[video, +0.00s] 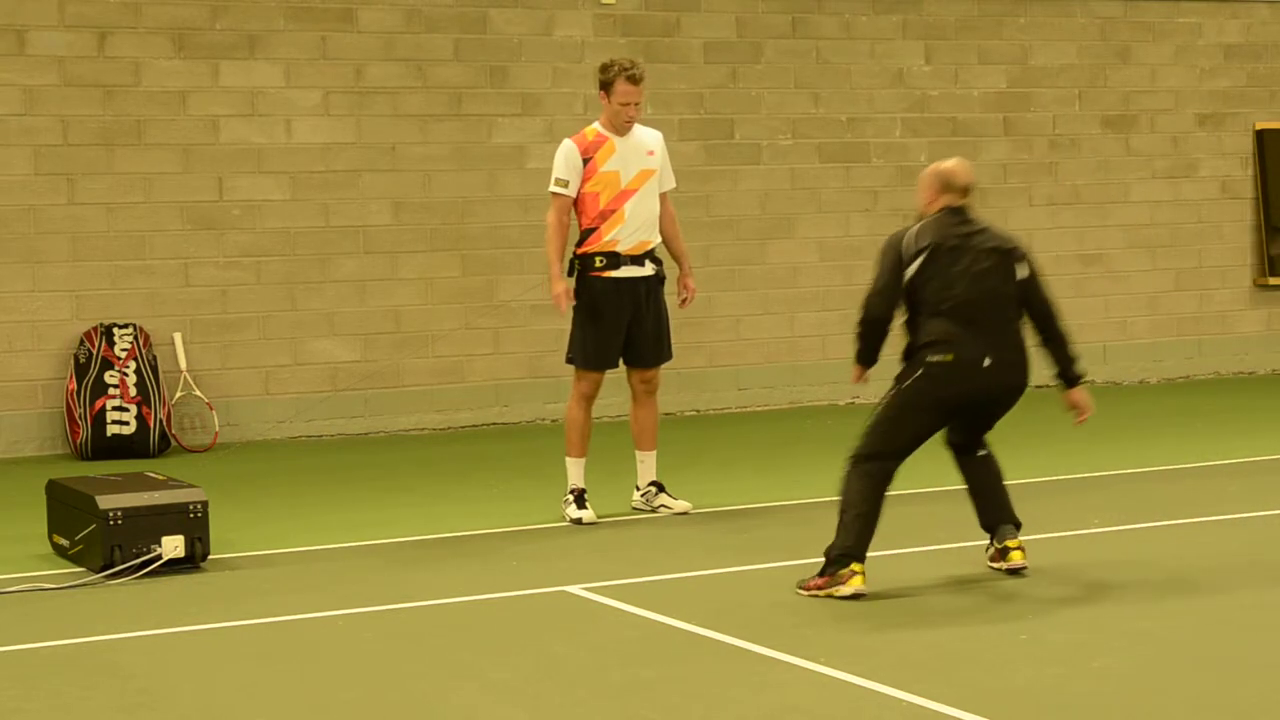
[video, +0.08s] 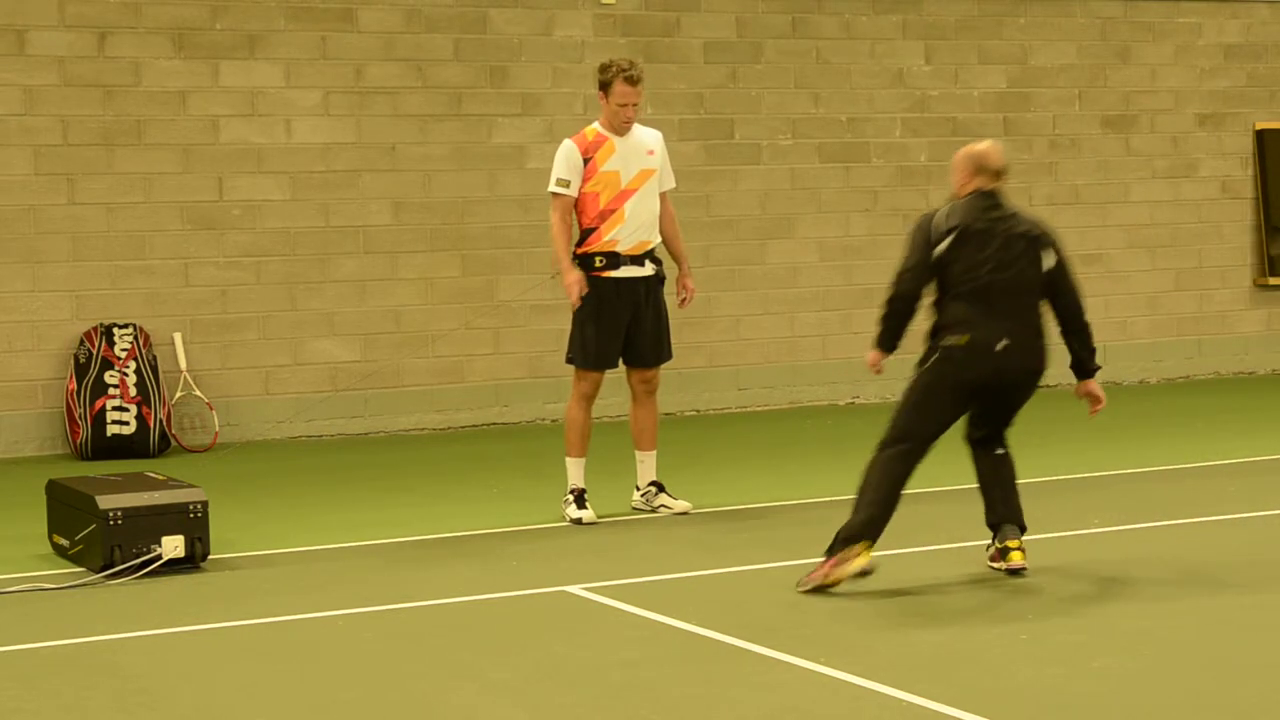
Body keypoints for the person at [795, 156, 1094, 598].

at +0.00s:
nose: (919, 199)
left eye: (922, 192)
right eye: (922, 190)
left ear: (934, 195)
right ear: (964, 196)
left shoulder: (907, 242)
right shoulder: (1005, 245)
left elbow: (878, 307)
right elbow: (1044, 316)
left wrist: (864, 357)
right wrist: (1071, 380)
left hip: (940, 371)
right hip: (1006, 375)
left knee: (871, 459)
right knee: (967, 436)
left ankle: (845, 564)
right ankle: (1007, 538)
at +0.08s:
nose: (951, 181)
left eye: (955, 174)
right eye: (954, 173)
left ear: (968, 177)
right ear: (998, 179)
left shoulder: (940, 224)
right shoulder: (1034, 232)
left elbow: (908, 286)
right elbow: (1069, 306)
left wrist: (885, 342)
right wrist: (1086, 371)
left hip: (959, 356)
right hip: (1024, 361)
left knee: (901, 445)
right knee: (987, 435)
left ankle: (854, 543)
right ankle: (1009, 538)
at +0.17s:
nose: (979, 166)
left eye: (983, 159)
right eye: (983, 157)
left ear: (994, 163)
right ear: (1026, 165)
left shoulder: (967, 209)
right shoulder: (1059, 220)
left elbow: (935, 273)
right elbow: (1083, 296)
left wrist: (907, 332)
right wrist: (1075, 360)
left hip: (984, 342)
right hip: (1044, 351)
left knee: (924, 426)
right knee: (1006, 433)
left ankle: (891, 527)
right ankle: (1012, 539)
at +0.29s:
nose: (1008, 146)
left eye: (1012, 137)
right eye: (1011, 137)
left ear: (1028, 142)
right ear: (1056, 145)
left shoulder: (1005, 188)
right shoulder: (1091, 197)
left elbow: (977, 248)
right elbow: (1097, 272)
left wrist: (949, 309)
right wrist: (1076, 320)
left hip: (1023, 323)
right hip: (1085, 330)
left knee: (983, 400)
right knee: (1041, 424)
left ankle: (986, 508)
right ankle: (1017, 533)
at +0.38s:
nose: (1027, 127)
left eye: (1032, 118)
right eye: (1031, 118)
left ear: (1047, 124)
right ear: (1073, 126)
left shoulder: (1028, 172)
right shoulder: (1112, 179)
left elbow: (1011, 235)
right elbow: (1112, 250)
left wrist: (980, 297)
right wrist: (1046, 275)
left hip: (1050, 308)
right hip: (1112, 310)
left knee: (1027, 393)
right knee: (1071, 409)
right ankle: (1035, 519)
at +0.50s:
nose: (1059, 126)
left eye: (1065, 118)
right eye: (1061, 117)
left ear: (1085, 122)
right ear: (1106, 122)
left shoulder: (1063, 176)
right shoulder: (1147, 175)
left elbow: (1050, 246)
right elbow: (1156, 245)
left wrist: (1024, 310)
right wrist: (1130, 286)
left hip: (1092, 318)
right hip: (1151, 315)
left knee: (1087, 408)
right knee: (1132, 408)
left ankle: (1125, 508)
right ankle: (1123, 511)